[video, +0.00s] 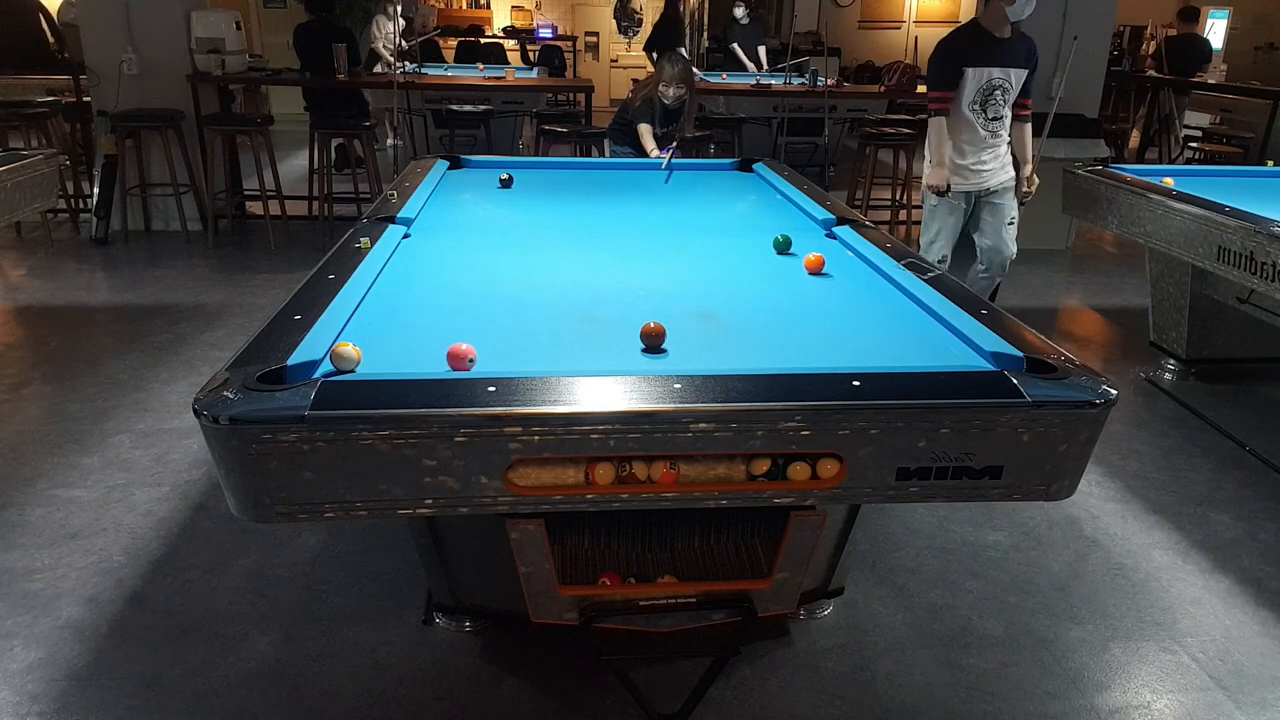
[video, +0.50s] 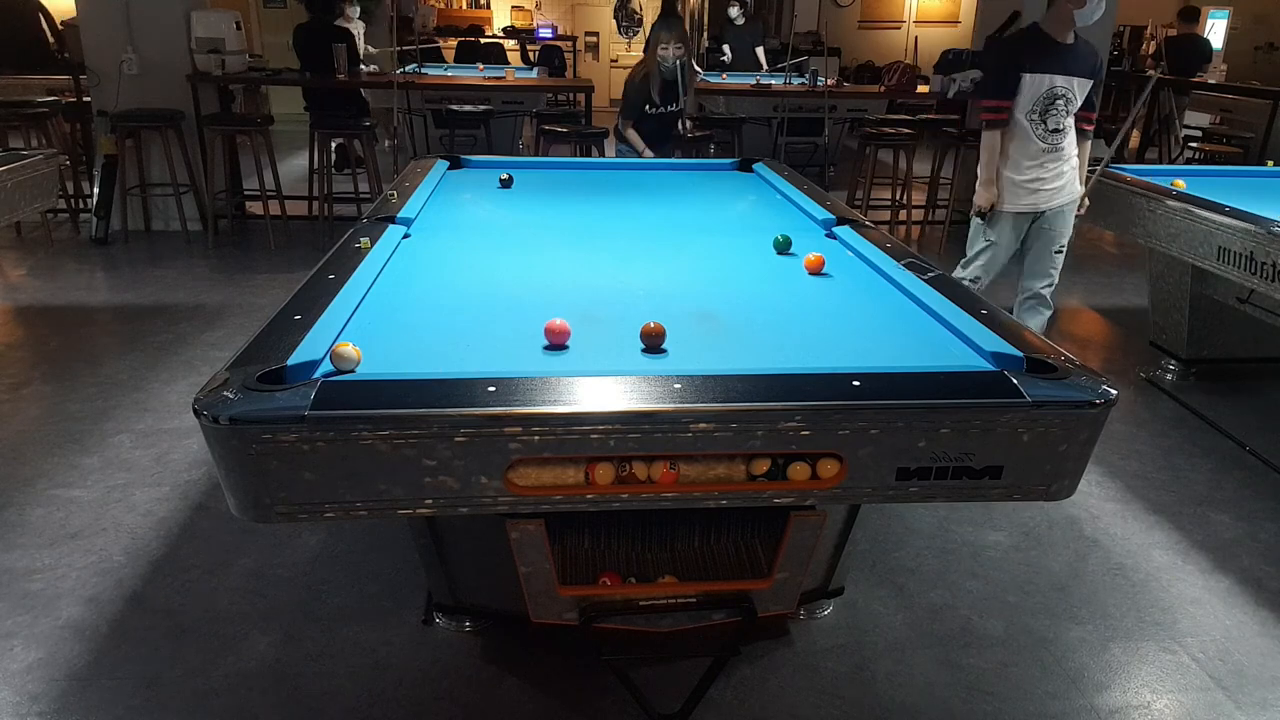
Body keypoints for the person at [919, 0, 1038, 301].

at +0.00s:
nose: (1018, 3)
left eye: (1019, 0)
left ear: (1014, 4)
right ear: (989, 2)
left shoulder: (1026, 49)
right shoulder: (951, 47)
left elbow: (1022, 113)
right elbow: (937, 110)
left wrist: (1026, 164)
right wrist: (938, 166)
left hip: (999, 175)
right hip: (950, 174)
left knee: (1000, 253)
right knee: (934, 260)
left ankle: (968, 322)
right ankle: (919, 328)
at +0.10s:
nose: (1026, 5)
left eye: (1026, 2)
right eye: (1018, 1)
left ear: (1015, 4)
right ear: (995, 4)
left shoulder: (1032, 52)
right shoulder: (958, 49)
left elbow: (1027, 117)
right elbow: (944, 113)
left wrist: (1029, 170)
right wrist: (945, 171)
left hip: (1004, 181)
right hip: (953, 180)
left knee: (1002, 272)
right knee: (933, 267)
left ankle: (990, 350)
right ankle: (915, 341)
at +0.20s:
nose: (1044, 3)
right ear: (1014, 2)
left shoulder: (1042, 58)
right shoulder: (967, 55)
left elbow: (1036, 123)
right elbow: (952, 121)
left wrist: (1038, 176)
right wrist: (955, 179)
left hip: (1011, 185)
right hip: (959, 184)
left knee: (1007, 273)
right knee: (936, 269)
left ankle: (1014, 355)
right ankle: (911, 341)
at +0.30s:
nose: (1057, 6)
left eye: (1058, 2)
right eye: (1049, 0)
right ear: (1027, 3)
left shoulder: (1055, 62)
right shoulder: (983, 55)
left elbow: (1050, 129)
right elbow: (965, 125)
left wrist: (1050, 183)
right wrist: (964, 187)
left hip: (1025, 192)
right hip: (972, 191)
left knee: (1020, 287)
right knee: (941, 276)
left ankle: (1020, 367)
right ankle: (910, 348)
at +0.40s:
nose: (1072, 5)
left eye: (1073, 1)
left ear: (1067, 7)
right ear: (1045, 2)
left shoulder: (1071, 59)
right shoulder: (996, 51)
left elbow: (1066, 127)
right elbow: (982, 124)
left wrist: (1063, 183)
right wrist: (977, 185)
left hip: (1045, 192)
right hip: (992, 190)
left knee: (1031, 292)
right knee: (953, 276)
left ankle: (1021, 371)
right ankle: (916, 345)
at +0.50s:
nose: (1085, 5)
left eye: (1087, 1)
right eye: (1078, 1)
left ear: (1084, 7)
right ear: (1059, 2)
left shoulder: (1090, 58)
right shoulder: (1009, 49)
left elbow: (1084, 128)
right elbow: (992, 122)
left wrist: (1079, 185)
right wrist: (985, 184)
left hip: (1061, 195)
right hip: (1008, 194)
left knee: (1039, 293)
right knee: (970, 282)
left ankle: (1025, 369)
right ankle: (929, 351)